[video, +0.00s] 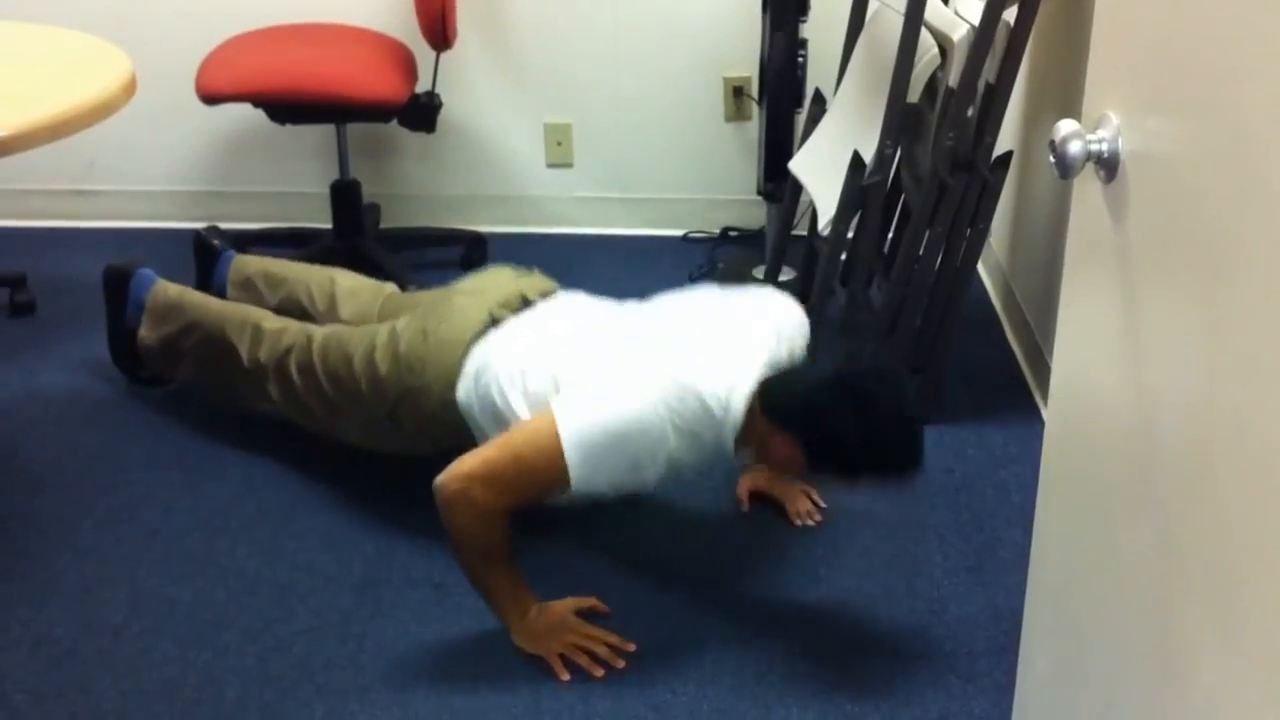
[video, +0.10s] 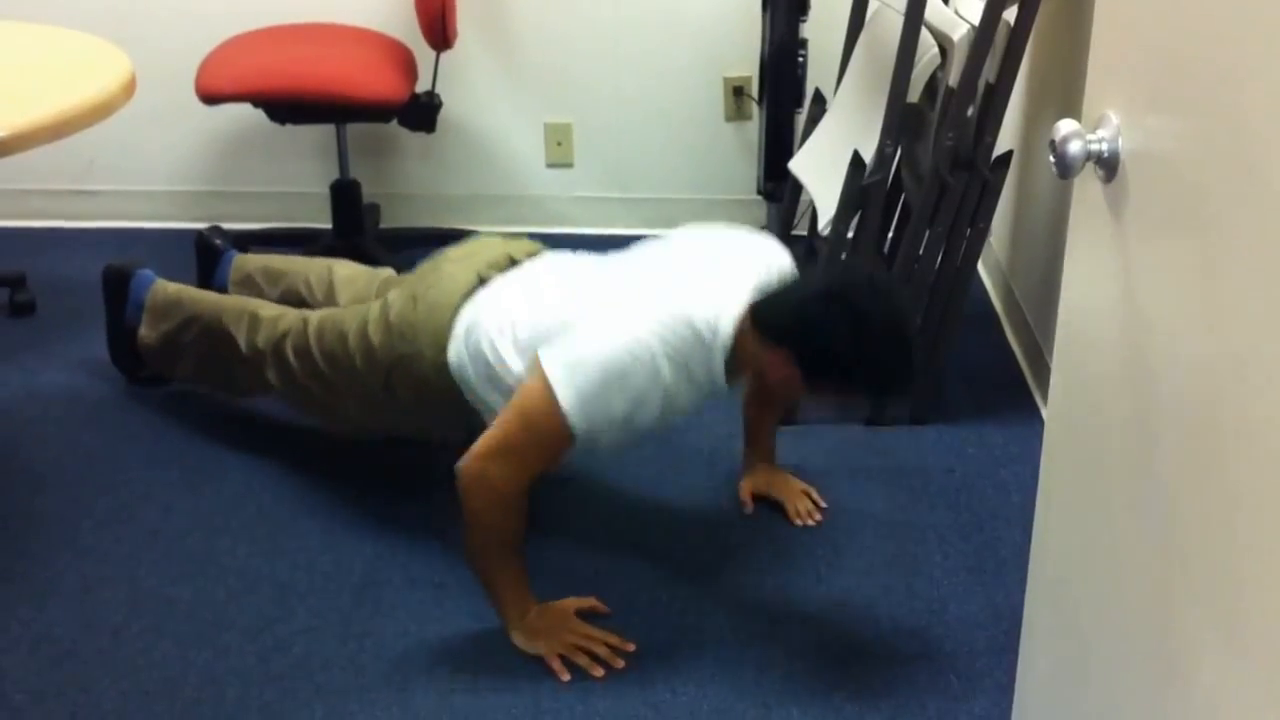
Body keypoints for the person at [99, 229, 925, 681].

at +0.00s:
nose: (827, 483)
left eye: (840, 480)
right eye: (833, 474)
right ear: (798, 444)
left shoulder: (780, 314)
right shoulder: (650, 426)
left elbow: (750, 378)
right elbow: (463, 492)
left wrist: (760, 457)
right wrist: (524, 616)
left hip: (521, 295)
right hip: (457, 376)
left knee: (373, 303)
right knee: (287, 365)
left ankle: (233, 264)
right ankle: (152, 316)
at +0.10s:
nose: (817, 410)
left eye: (834, 402)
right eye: (821, 395)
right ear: (786, 360)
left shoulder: (770, 263)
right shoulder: (640, 357)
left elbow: (770, 367)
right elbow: (485, 475)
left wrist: (759, 461)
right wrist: (523, 613)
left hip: (514, 259)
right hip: (450, 333)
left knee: (370, 290)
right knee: (281, 353)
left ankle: (237, 263)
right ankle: (150, 317)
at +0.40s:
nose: (805, 419)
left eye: (819, 414)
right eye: (811, 408)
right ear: (796, 375)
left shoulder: (780, 277)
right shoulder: (664, 376)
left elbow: (761, 366)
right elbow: (478, 475)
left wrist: (757, 458)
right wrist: (525, 614)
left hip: (523, 276)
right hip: (457, 355)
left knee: (374, 292)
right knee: (288, 357)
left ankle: (241, 264)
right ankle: (156, 319)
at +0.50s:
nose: (825, 526)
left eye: (839, 518)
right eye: (833, 515)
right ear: (808, 487)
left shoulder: (787, 335)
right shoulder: (664, 454)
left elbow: (700, 327)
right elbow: (471, 487)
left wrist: (751, 458)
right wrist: (525, 615)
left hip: (535, 308)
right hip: (459, 390)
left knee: (390, 312)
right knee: (290, 365)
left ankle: (243, 268)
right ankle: (155, 315)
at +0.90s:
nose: (814, 427)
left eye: (825, 418)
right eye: (823, 419)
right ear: (801, 388)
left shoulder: (777, 285)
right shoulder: (656, 375)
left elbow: (761, 371)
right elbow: (479, 478)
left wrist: (756, 456)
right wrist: (525, 610)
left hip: (524, 272)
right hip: (464, 346)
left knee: (374, 290)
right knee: (290, 354)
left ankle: (237, 256)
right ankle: (154, 309)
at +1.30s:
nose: (825, 478)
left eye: (838, 475)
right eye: (834, 468)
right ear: (805, 433)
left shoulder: (781, 301)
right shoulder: (666, 411)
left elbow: (745, 371)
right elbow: (472, 475)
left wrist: (759, 450)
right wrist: (525, 611)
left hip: (531, 288)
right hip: (464, 369)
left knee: (377, 297)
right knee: (293, 354)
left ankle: (241, 258)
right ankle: (157, 310)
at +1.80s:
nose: (830, 395)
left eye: (848, 388)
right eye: (834, 380)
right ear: (789, 338)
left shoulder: (770, 244)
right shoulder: (643, 335)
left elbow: (763, 352)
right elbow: (496, 461)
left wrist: (760, 453)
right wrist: (526, 606)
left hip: (522, 247)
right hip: (461, 316)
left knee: (373, 277)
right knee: (291, 338)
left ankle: (237, 252)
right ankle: (152, 307)